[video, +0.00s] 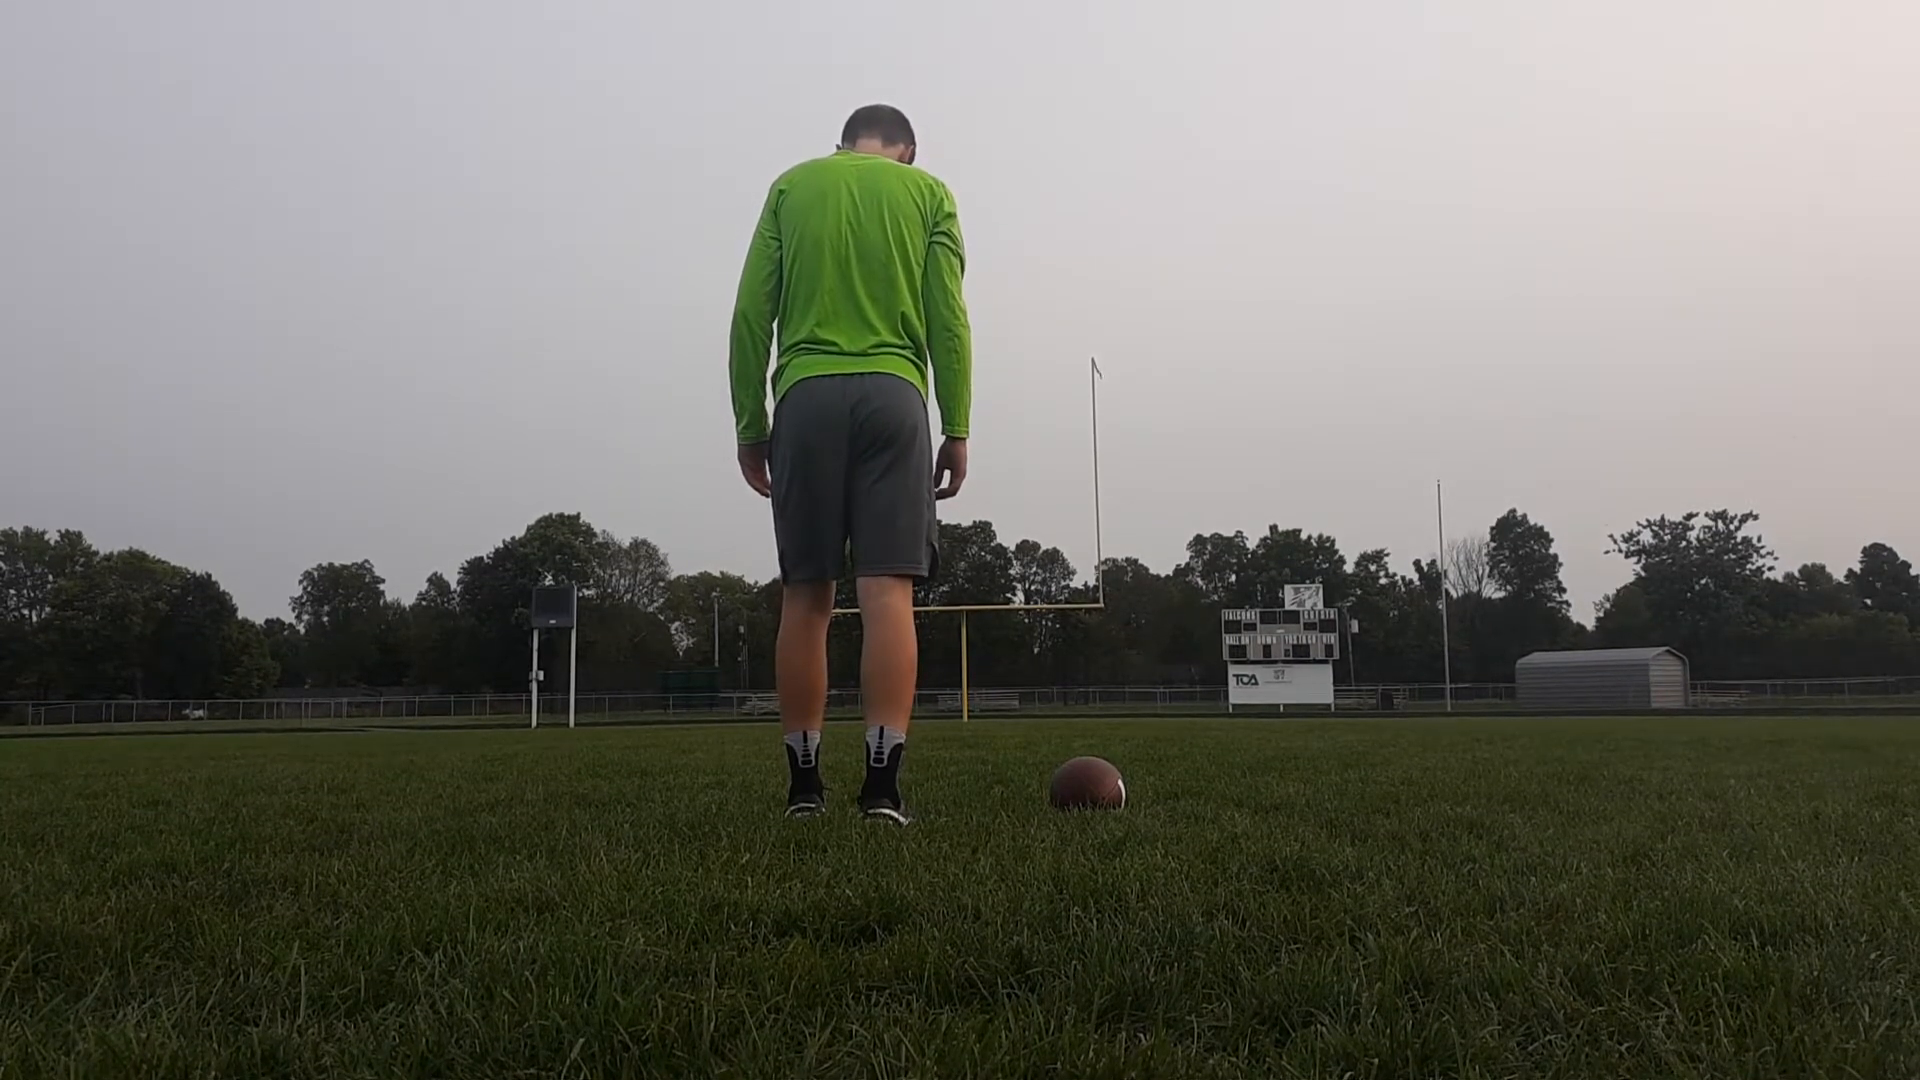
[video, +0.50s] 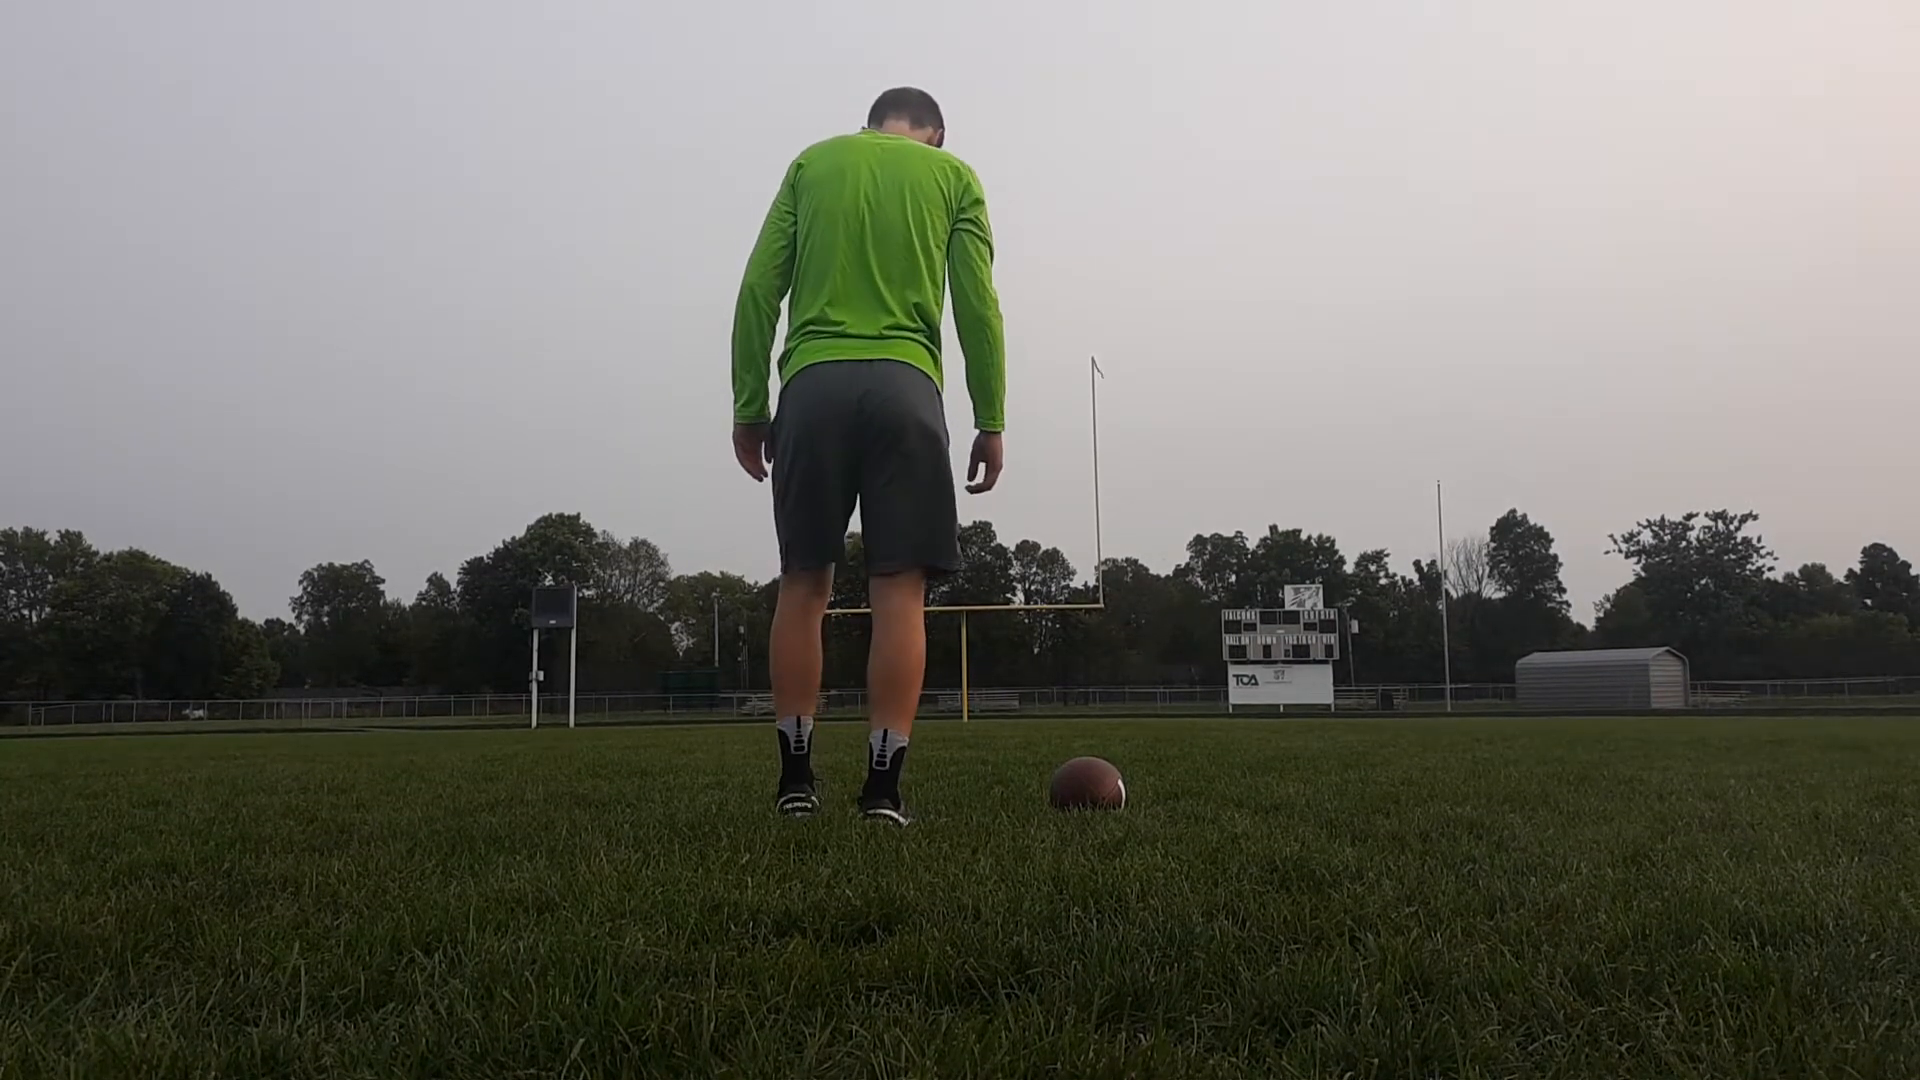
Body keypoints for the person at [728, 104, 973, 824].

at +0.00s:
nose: (910, 170)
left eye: (905, 161)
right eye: (912, 160)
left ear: (843, 141)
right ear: (906, 148)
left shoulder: (792, 184)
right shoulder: (927, 191)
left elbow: (751, 310)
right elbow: (947, 313)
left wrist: (751, 426)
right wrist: (957, 427)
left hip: (807, 397)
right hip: (893, 397)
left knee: (806, 593)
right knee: (889, 591)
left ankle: (805, 787)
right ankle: (882, 792)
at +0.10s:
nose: (912, 168)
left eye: (907, 159)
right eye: (914, 157)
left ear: (846, 139)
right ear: (907, 146)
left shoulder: (792, 184)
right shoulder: (929, 190)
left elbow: (751, 310)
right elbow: (949, 313)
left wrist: (752, 426)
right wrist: (960, 428)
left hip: (808, 397)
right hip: (894, 396)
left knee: (807, 593)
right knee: (889, 591)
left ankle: (804, 785)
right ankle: (882, 789)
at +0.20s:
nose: (918, 165)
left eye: (915, 156)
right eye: (920, 154)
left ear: (850, 136)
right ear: (911, 143)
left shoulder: (795, 182)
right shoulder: (931, 189)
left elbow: (751, 309)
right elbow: (951, 311)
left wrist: (754, 424)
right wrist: (963, 427)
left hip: (809, 398)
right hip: (897, 398)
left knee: (809, 594)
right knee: (890, 594)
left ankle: (805, 787)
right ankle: (882, 791)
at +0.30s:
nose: (922, 165)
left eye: (918, 156)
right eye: (924, 154)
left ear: (856, 133)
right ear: (917, 141)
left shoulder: (799, 179)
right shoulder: (936, 186)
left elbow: (753, 306)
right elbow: (956, 307)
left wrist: (755, 422)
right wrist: (968, 425)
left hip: (811, 397)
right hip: (899, 398)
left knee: (812, 593)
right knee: (893, 593)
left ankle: (804, 785)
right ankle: (882, 792)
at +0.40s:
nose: (929, 163)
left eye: (925, 154)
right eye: (932, 152)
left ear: (864, 129)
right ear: (924, 139)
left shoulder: (806, 173)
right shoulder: (944, 183)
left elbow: (755, 300)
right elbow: (965, 305)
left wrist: (754, 416)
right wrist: (976, 424)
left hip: (813, 395)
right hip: (902, 397)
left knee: (810, 593)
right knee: (897, 594)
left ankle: (802, 783)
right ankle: (881, 792)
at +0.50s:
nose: (938, 156)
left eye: (933, 146)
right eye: (941, 145)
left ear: (871, 121)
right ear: (932, 132)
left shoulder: (812, 162)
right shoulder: (952, 174)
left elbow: (759, 287)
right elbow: (977, 300)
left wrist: (749, 408)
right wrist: (991, 420)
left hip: (814, 387)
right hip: (907, 390)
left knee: (802, 584)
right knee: (900, 590)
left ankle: (795, 781)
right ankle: (883, 792)